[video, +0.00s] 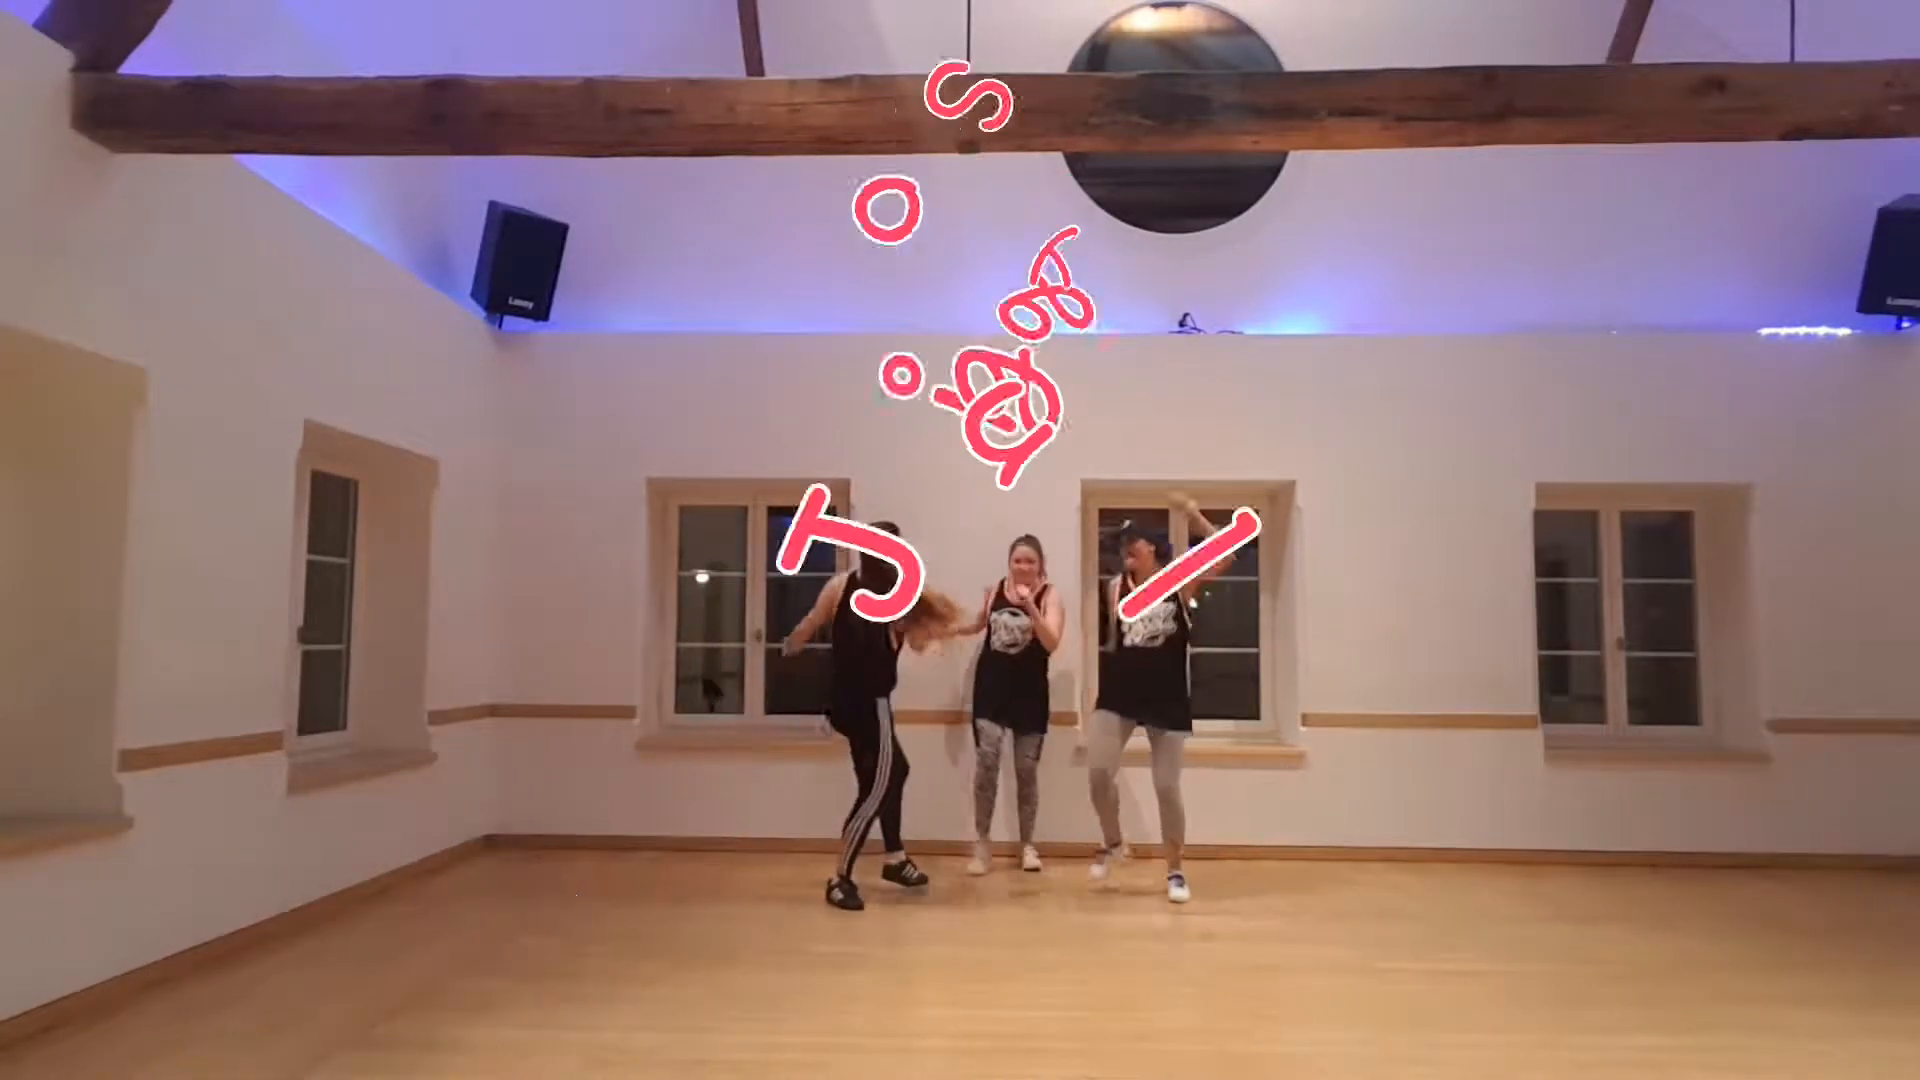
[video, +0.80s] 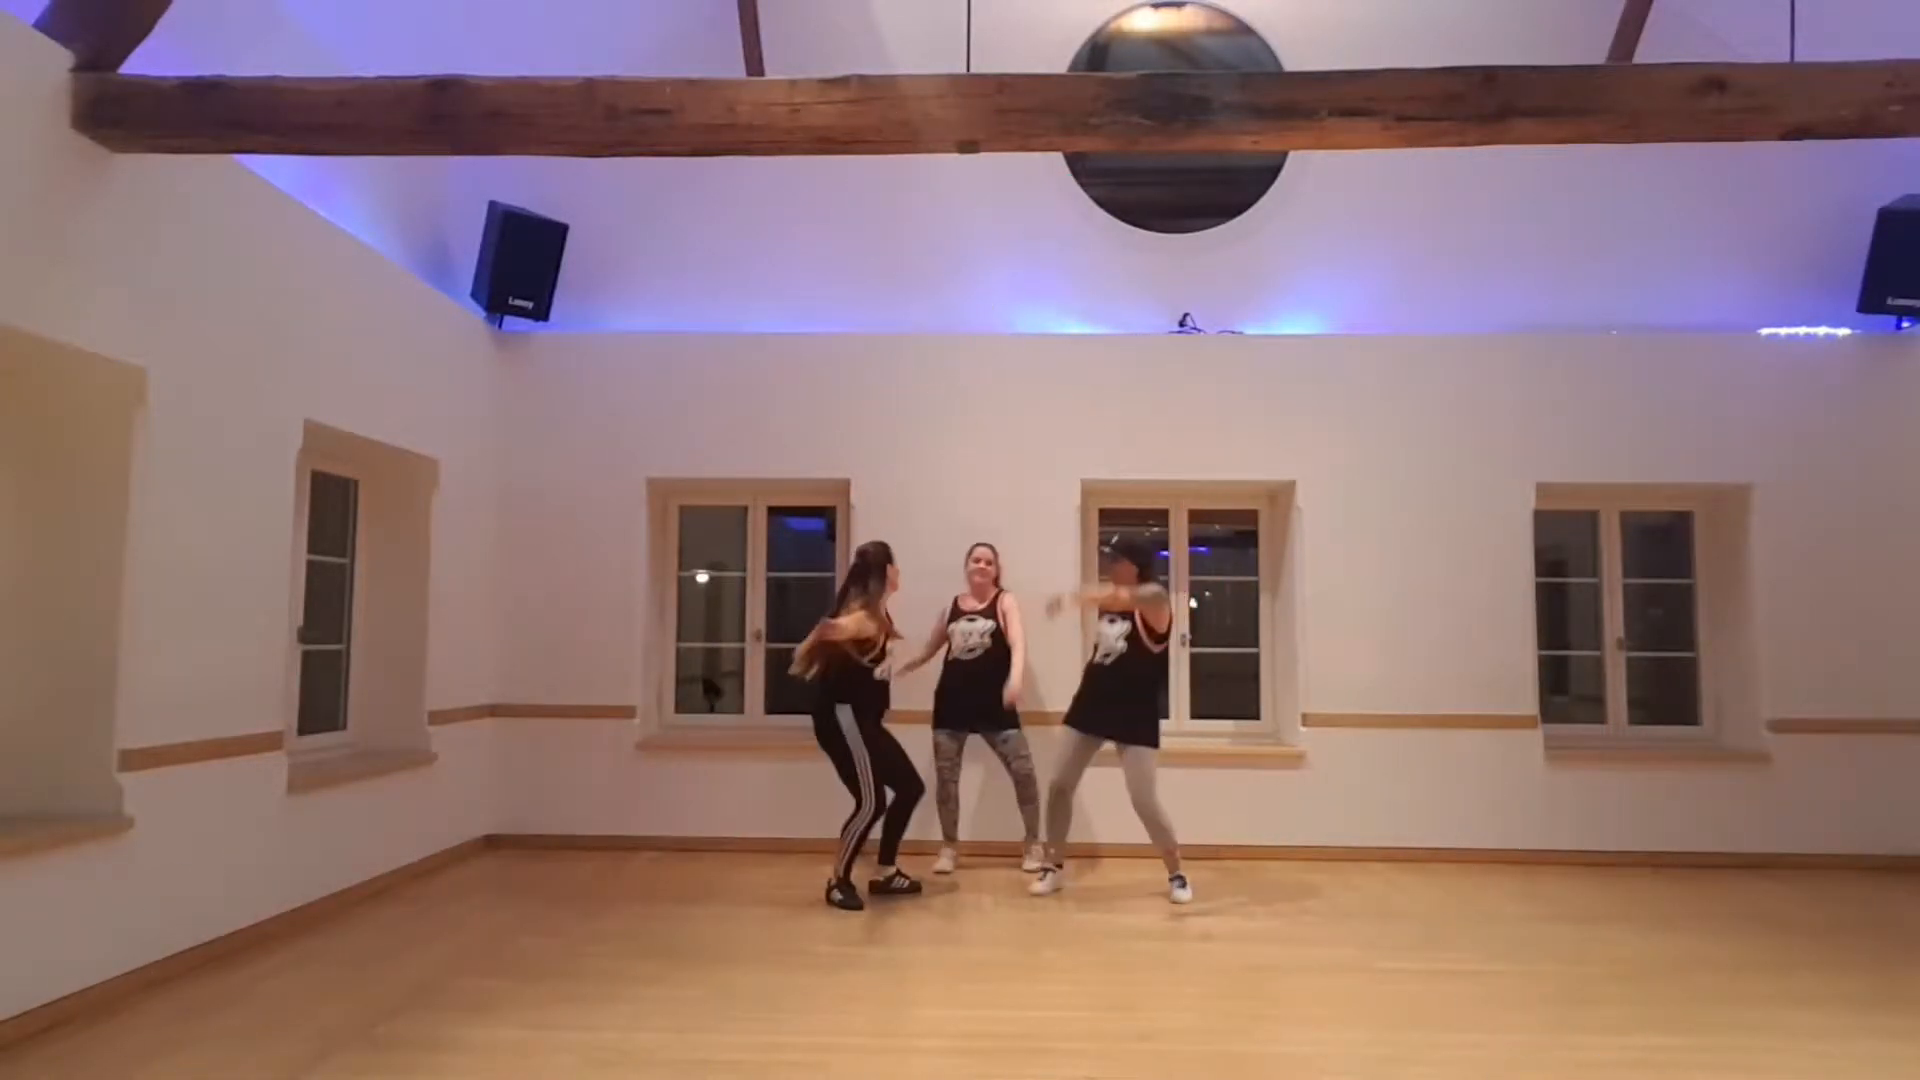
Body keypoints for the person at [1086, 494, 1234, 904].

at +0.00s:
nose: (1129, 554)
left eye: (1136, 548)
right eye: (1126, 550)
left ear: (1155, 551)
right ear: (1125, 557)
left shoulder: (1179, 582)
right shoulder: (1113, 588)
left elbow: (1223, 559)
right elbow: (1107, 641)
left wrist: (1194, 515)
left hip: (1166, 697)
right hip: (1118, 694)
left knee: (1167, 786)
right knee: (1098, 774)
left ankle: (1176, 872)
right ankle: (1113, 846)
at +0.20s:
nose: (1134, 571)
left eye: (1140, 564)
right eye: (1131, 564)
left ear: (1159, 567)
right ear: (1128, 566)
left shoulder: (1174, 600)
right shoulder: (1128, 598)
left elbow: (1177, 560)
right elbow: (1127, 653)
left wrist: (1145, 522)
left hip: (1170, 716)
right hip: (1126, 713)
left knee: (1166, 799)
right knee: (1104, 778)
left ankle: (1175, 874)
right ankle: (1130, 867)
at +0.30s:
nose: (1128, 571)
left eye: (1135, 564)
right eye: (1126, 564)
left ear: (1156, 568)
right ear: (1133, 568)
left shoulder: (1177, 611)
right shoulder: (1130, 605)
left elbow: (1143, 585)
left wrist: (1123, 553)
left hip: (1173, 721)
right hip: (1127, 716)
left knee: (1162, 803)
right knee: (1096, 779)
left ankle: (1175, 876)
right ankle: (1127, 866)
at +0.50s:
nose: (1129, 558)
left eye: (1136, 551)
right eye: (1127, 551)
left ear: (1157, 555)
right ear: (1132, 558)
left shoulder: (1168, 584)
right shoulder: (1134, 589)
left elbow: (1124, 603)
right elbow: (1117, 603)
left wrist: (1095, 567)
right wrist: (1097, 572)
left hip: (1165, 710)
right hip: (1124, 706)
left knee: (1160, 790)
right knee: (1092, 773)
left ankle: (1176, 874)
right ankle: (1123, 859)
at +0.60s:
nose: (1124, 549)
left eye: (1132, 543)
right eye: (1124, 543)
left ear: (1152, 549)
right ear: (1127, 548)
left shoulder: (1164, 576)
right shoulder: (1123, 586)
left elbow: (1119, 570)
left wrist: (1068, 543)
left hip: (1157, 700)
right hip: (1115, 695)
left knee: (1159, 787)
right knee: (1081, 763)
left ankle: (1178, 875)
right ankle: (1096, 855)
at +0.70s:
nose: (1117, 554)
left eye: (1125, 548)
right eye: (1116, 548)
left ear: (1144, 553)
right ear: (1121, 552)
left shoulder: (1162, 584)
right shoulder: (1116, 588)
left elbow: (1120, 570)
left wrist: (1069, 557)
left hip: (1148, 702)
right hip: (1105, 695)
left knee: (1152, 788)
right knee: (1073, 773)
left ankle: (1178, 875)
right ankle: (1067, 861)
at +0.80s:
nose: (1111, 567)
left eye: (1118, 561)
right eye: (1111, 560)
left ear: (1137, 566)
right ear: (1115, 566)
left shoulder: (1156, 597)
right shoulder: (1109, 599)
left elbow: (1125, 597)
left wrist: (1075, 600)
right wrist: (1063, 602)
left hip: (1135, 714)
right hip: (1092, 706)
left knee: (1143, 799)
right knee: (1060, 786)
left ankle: (1176, 875)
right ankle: (1053, 868)